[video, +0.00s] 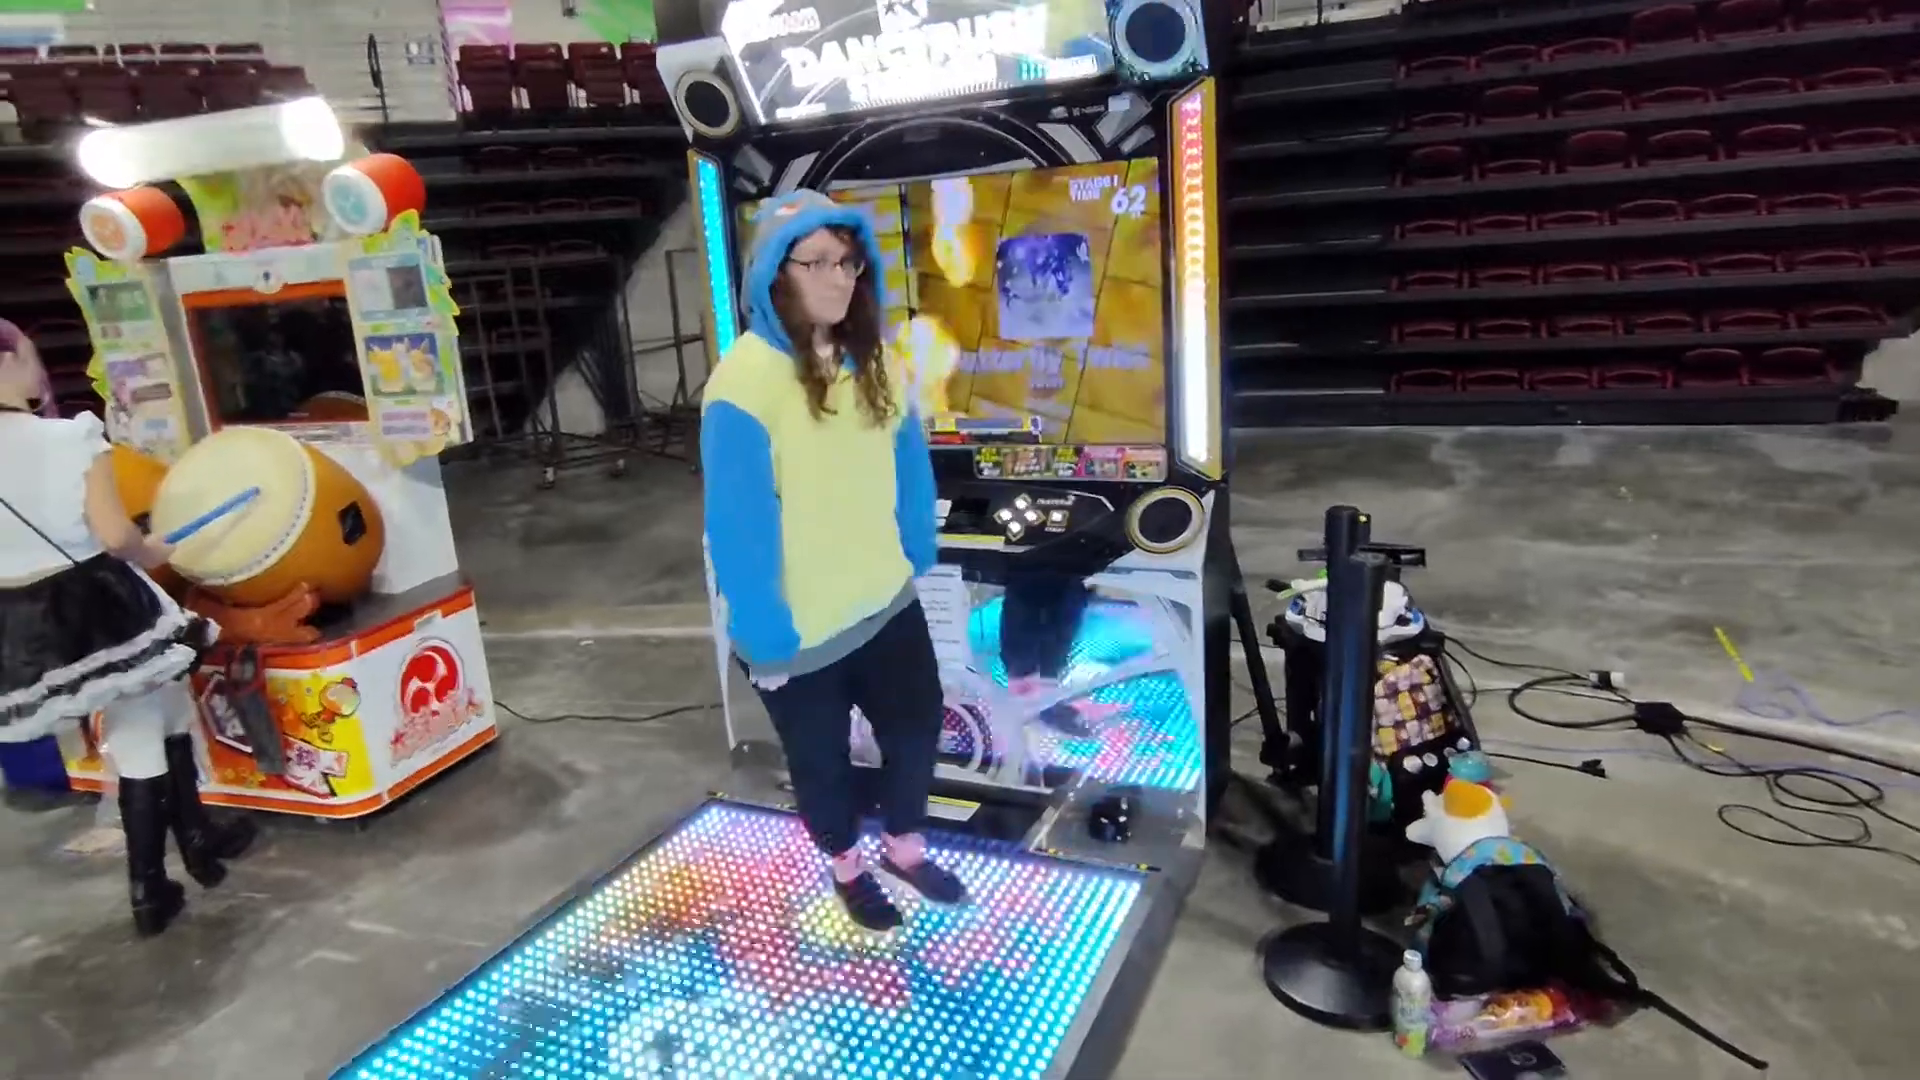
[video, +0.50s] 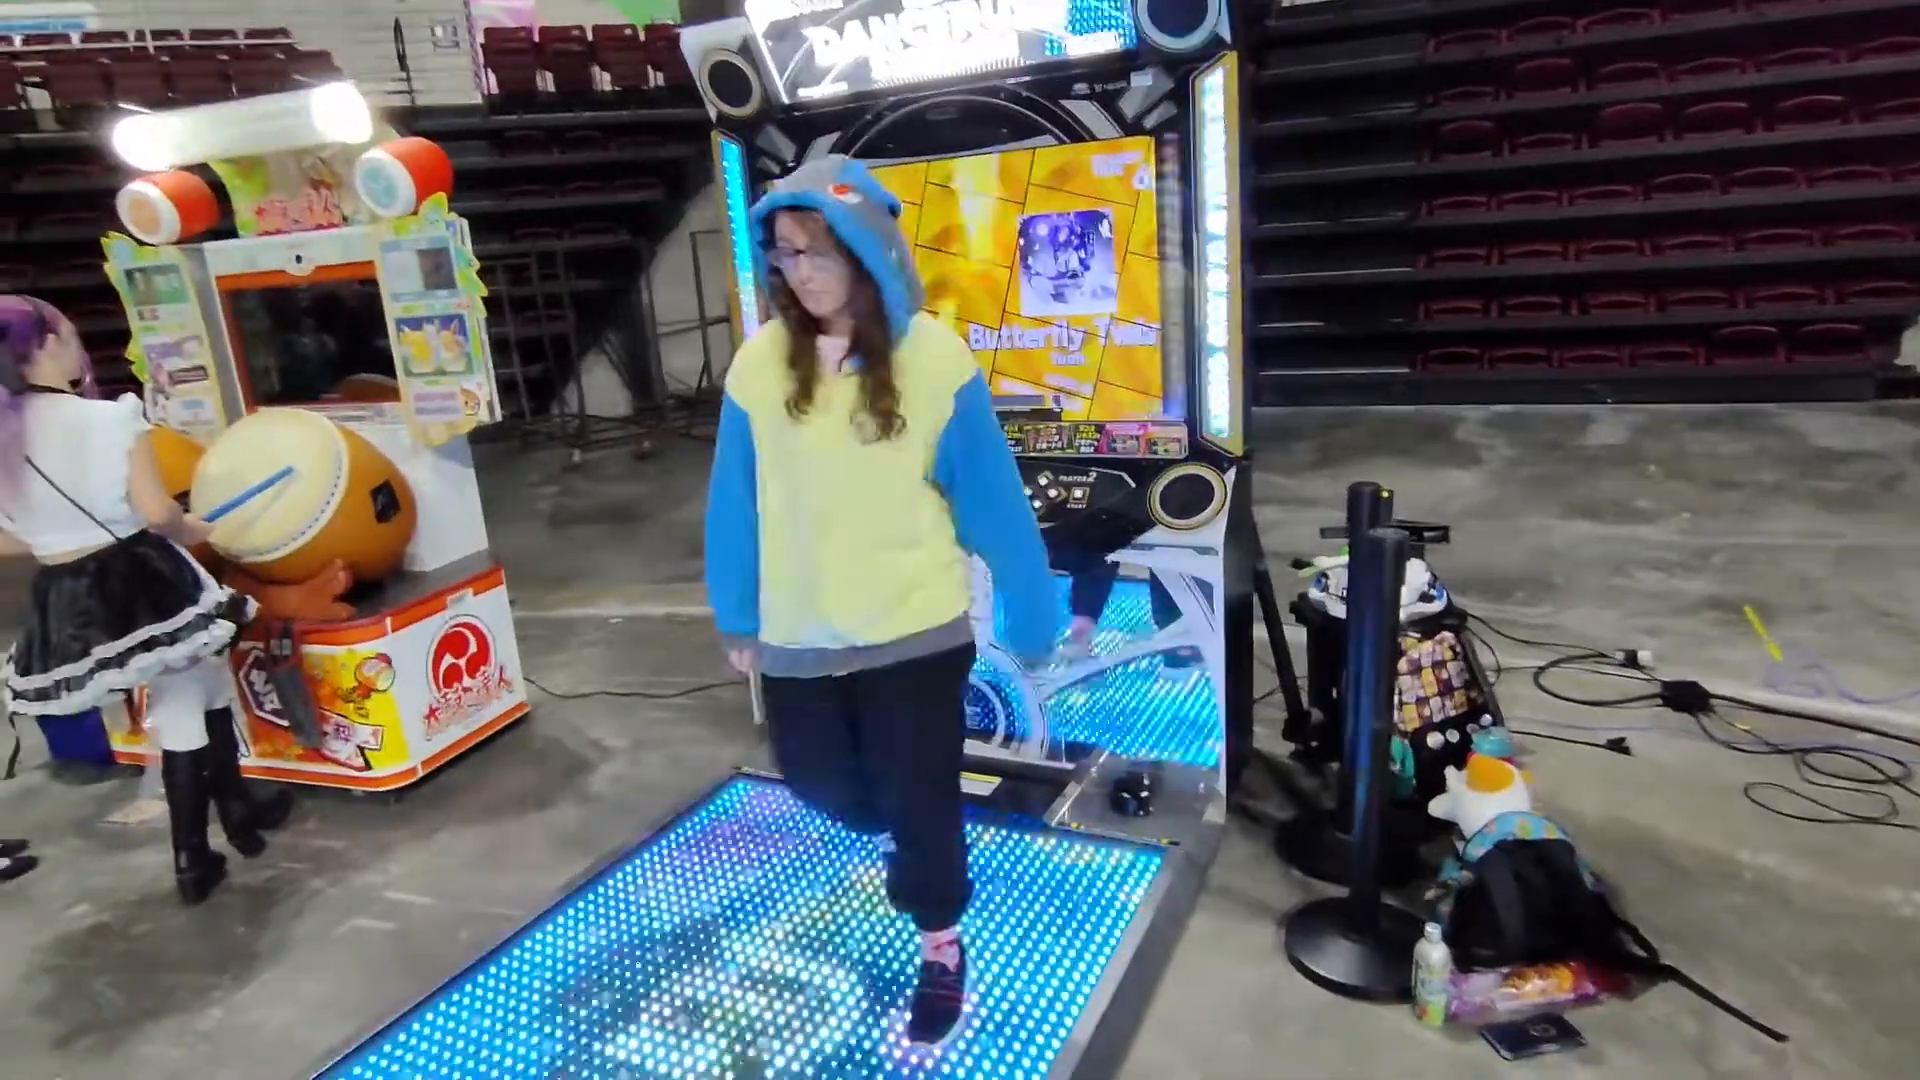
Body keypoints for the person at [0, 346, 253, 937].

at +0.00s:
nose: (36, 362)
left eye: (30, 353)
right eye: (28, 354)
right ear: (15, 363)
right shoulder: (72, 438)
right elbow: (113, 536)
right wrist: (152, 550)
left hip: (20, 632)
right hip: (93, 619)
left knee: (165, 697)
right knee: (138, 730)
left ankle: (198, 838)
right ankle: (147, 886)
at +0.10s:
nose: (52, 363)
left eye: (46, 349)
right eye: (44, 350)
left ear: (2, 361)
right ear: (16, 355)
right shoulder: (80, 431)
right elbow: (126, 529)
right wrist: (160, 546)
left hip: (28, 620)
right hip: (106, 607)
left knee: (178, 689)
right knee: (150, 720)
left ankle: (209, 828)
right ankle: (160, 877)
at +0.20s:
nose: (60, 357)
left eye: (54, 346)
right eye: (51, 346)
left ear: (5, 364)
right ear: (27, 355)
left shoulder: (4, 440)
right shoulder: (90, 429)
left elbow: (12, 555)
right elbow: (133, 526)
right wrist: (170, 541)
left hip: (44, 614)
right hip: (120, 600)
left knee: (186, 681)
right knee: (158, 717)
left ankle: (218, 822)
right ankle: (169, 871)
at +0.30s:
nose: (65, 354)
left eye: (59, 343)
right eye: (56, 344)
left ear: (8, 361)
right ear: (32, 352)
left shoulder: (5, 436)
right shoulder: (95, 425)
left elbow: (15, 548)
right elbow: (139, 521)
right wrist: (174, 535)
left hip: (50, 607)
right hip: (124, 592)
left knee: (191, 679)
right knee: (163, 714)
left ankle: (223, 818)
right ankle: (175, 866)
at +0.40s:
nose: (70, 350)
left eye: (65, 339)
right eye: (62, 340)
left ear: (14, 356)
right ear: (36, 348)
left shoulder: (6, 431)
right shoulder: (97, 421)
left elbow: (15, 543)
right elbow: (148, 516)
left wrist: (65, 546)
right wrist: (179, 531)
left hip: (57, 598)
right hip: (127, 585)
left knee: (197, 674)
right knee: (171, 706)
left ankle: (229, 809)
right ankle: (183, 861)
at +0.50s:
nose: (79, 347)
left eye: (73, 335)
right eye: (70, 336)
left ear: (18, 356)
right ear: (45, 347)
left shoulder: (8, 434)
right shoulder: (111, 420)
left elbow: (11, 537)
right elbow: (157, 514)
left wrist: (58, 544)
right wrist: (192, 529)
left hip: (69, 598)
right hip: (142, 585)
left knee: (208, 670)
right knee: (178, 705)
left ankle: (239, 807)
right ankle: (191, 857)